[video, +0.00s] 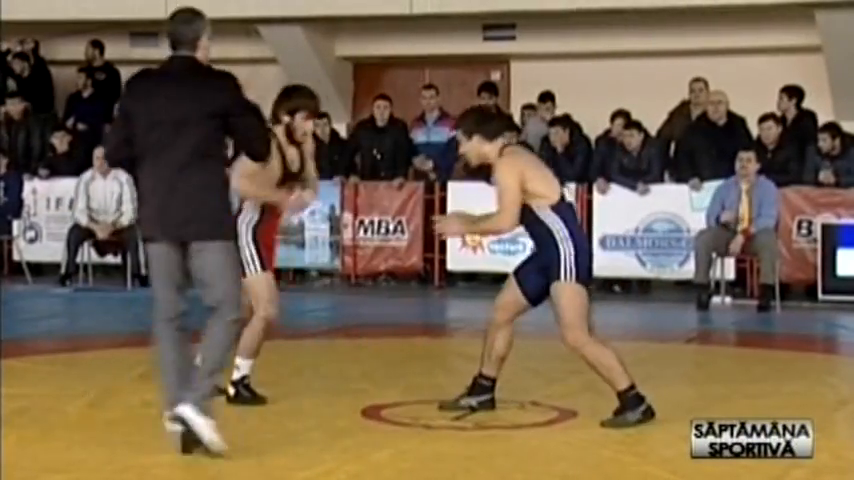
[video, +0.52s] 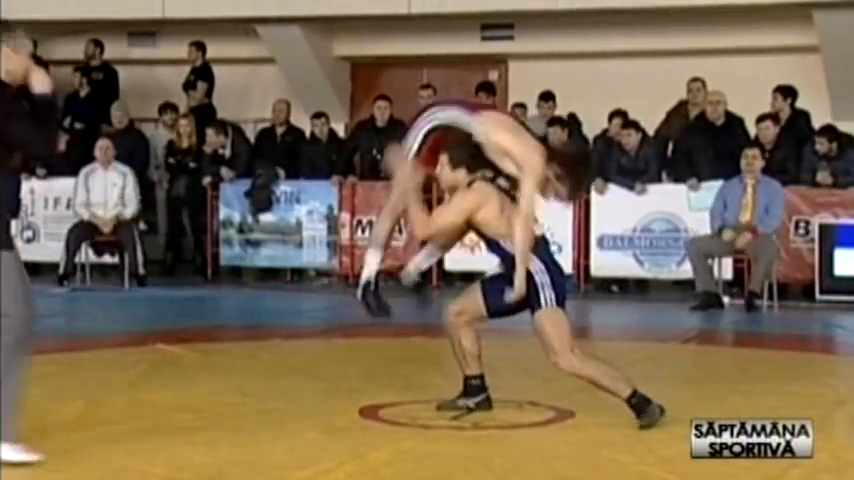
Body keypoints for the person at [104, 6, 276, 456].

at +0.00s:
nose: (210, 46)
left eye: (205, 39)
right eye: (208, 40)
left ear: (169, 42)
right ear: (202, 42)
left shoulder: (139, 85)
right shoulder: (218, 85)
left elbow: (115, 152)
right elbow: (258, 143)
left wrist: (152, 164)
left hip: (156, 213)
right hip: (207, 211)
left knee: (166, 314)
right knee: (226, 308)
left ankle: (177, 410)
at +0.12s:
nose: (183, 59)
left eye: (180, 52)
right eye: (180, 52)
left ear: (138, 54)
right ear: (168, 56)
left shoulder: (107, 101)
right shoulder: (187, 100)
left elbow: (85, 166)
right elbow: (235, 153)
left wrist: (130, 159)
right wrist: (207, 102)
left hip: (117, 223)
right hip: (166, 225)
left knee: (110, 318)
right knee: (176, 331)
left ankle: (67, 404)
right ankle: (139, 429)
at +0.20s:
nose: (160, 73)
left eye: (158, 66)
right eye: (155, 68)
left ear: (119, 73)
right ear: (141, 74)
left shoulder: (86, 119)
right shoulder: (154, 117)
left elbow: (65, 188)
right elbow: (193, 159)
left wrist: (109, 171)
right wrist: (180, 108)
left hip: (89, 242)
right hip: (134, 243)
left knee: (65, 337)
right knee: (167, 344)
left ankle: (3, 410)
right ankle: (132, 444)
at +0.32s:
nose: (116, 88)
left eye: (114, 79)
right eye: (111, 80)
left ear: (73, 81)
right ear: (94, 81)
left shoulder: (34, 122)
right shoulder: (92, 124)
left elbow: (18, 191)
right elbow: (138, 169)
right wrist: (131, 120)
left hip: (40, 253)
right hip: (85, 253)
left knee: (6, 344)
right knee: (132, 341)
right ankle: (134, 447)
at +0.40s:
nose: (81, 81)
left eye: (79, 73)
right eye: (75, 74)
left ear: (44, 76)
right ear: (54, 75)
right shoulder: (42, 117)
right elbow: (97, 161)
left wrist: (90, 118)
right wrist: (95, 112)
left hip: (13, 249)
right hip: (33, 251)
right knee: (78, 339)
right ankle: (121, 433)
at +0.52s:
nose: (27, 59)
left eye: (26, 51)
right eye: (22, 50)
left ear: (11, 55)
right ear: (7, 54)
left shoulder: (13, 98)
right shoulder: (6, 100)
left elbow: (40, 146)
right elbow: (41, 147)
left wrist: (41, 94)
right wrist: (42, 93)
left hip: (5, 233)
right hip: (2, 235)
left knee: (17, 318)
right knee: (14, 319)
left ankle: (7, 433)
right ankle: (5, 434)